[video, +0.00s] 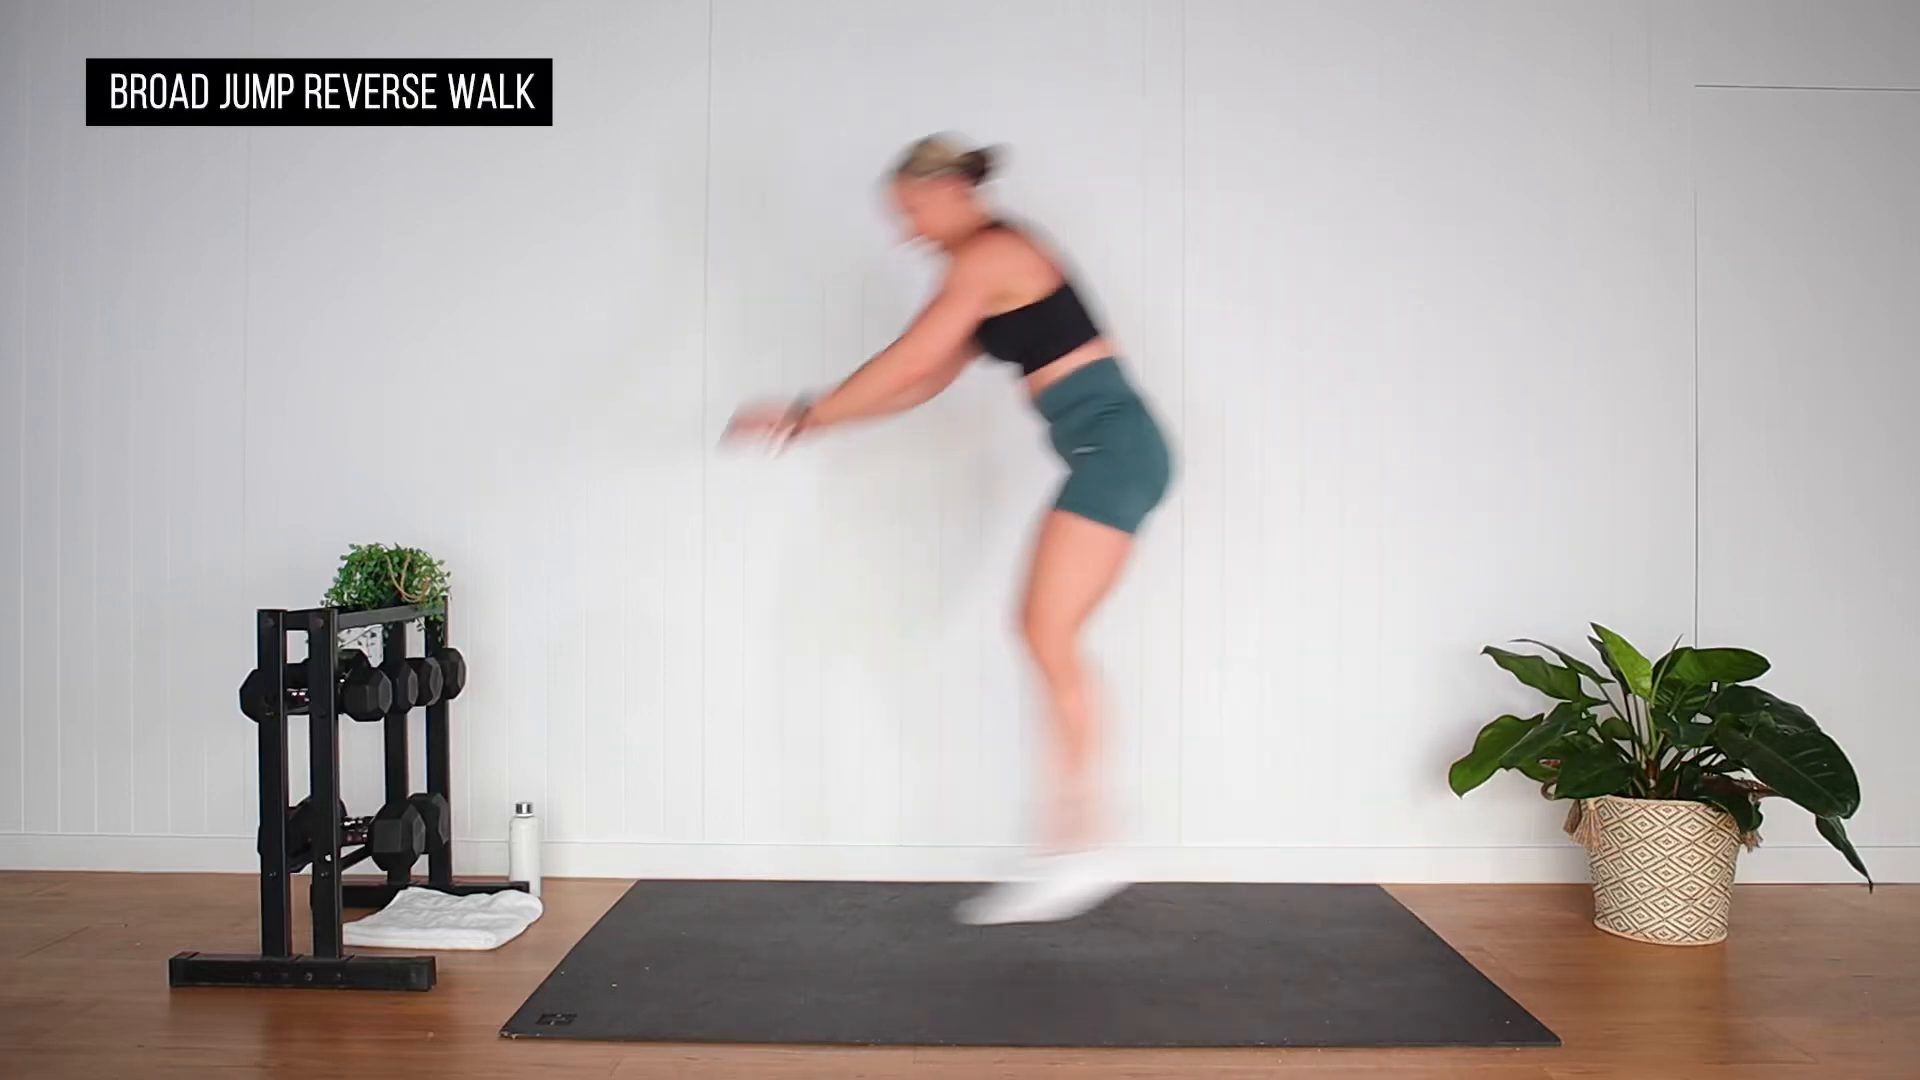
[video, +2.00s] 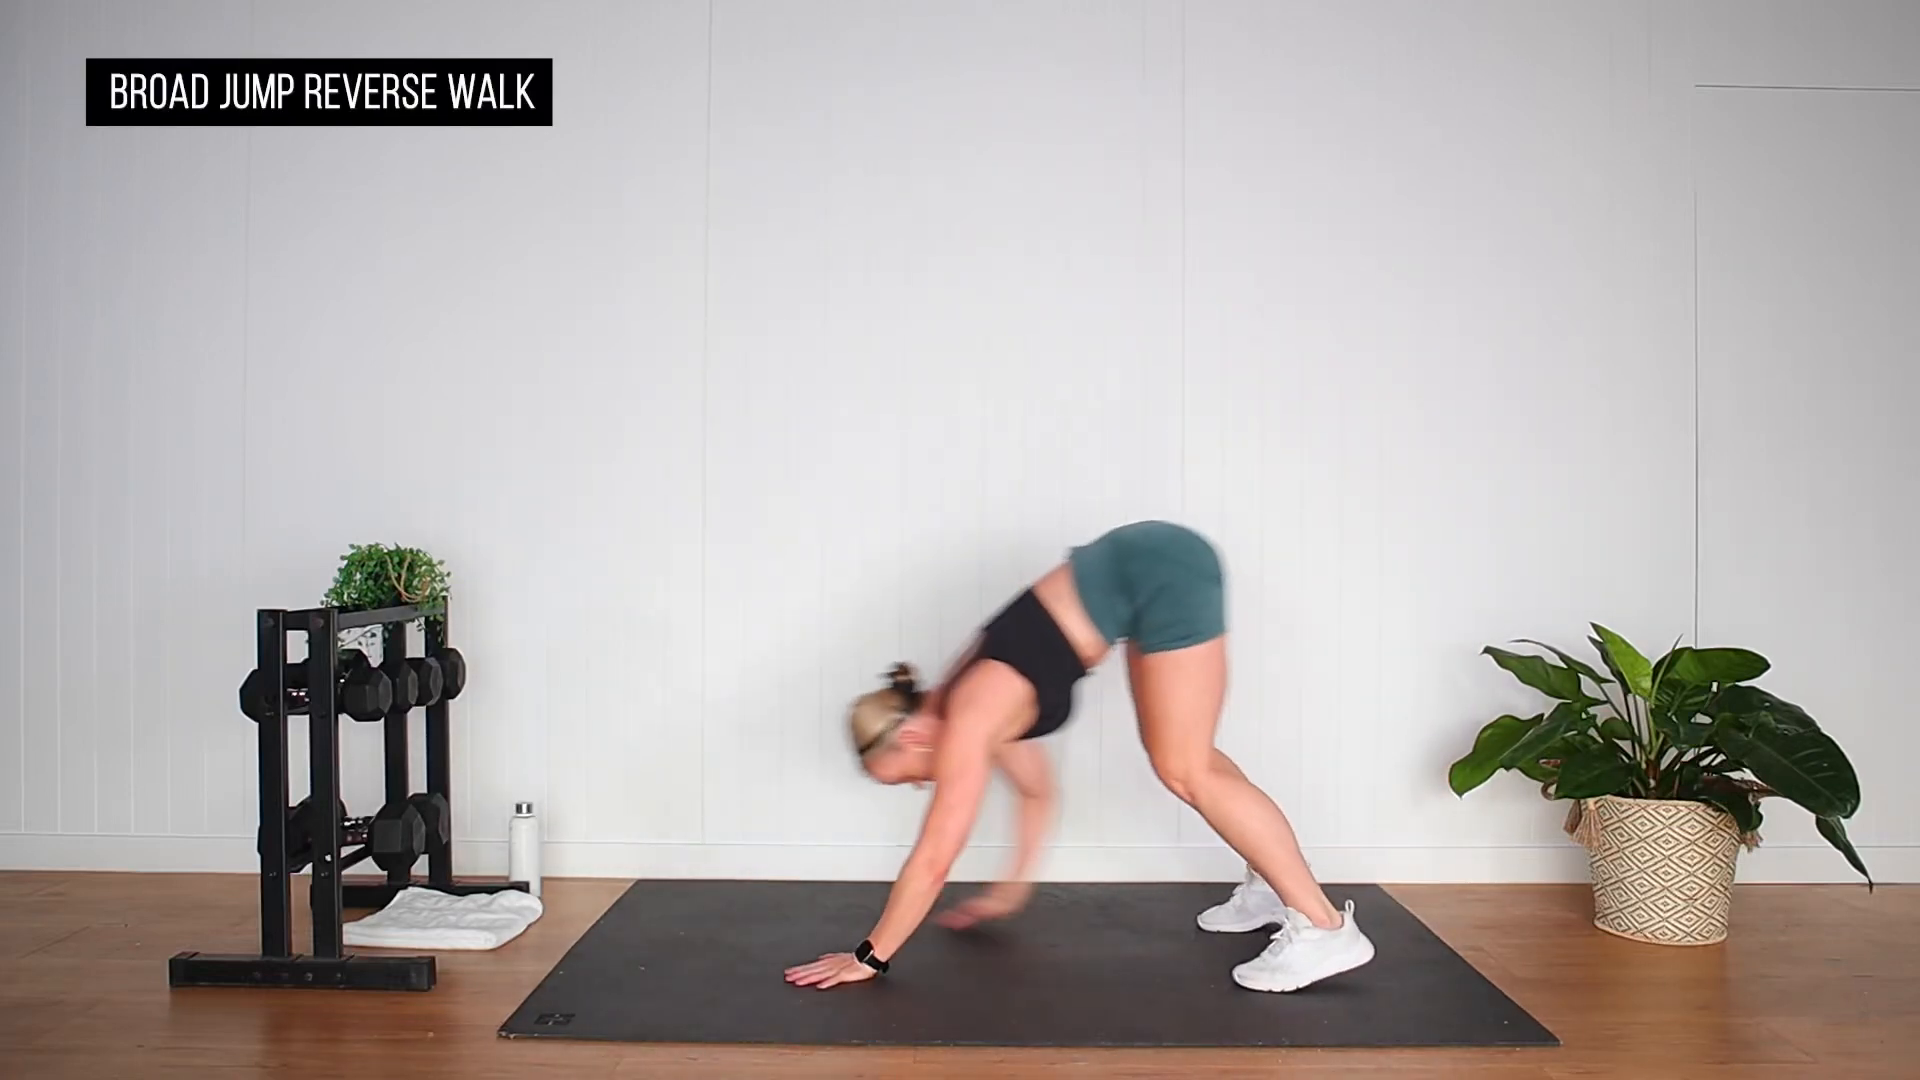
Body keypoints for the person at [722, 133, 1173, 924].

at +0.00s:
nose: (909, 227)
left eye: (914, 208)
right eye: (904, 211)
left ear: (952, 193)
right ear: (953, 198)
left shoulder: (990, 255)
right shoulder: (999, 255)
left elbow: (913, 361)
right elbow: (923, 383)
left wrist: (808, 415)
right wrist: (813, 417)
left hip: (1115, 448)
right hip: (1110, 447)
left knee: (1050, 628)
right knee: (1048, 627)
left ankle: (1085, 840)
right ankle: (1070, 840)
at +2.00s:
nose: (919, 784)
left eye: (906, 774)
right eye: (907, 781)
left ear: (914, 734)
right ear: (917, 729)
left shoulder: (972, 717)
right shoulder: (989, 711)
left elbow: (937, 854)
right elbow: (1038, 795)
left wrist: (871, 956)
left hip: (1165, 568)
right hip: (1151, 570)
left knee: (1187, 768)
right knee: (1188, 759)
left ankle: (1323, 924)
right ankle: (1278, 879)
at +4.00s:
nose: (929, 188)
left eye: (938, 173)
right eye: (930, 174)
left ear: (980, 173)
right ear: (985, 175)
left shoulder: (1005, 242)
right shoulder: (1006, 246)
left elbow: (902, 315)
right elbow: (911, 342)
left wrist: (818, 296)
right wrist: (816, 305)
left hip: (1085, 450)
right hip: (1077, 450)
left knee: (1051, 653)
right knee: (1051, 652)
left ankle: (1173, 824)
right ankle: (1166, 819)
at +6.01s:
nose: (848, 783)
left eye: (835, 775)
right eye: (835, 780)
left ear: (851, 733)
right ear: (850, 724)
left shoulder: (916, 715)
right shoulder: (894, 707)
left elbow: (924, 847)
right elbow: (854, 814)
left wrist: (886, 956)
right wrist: (770, 892)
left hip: (1106, 589)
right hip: (1099, 593)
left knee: (1216, 763)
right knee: (1209, 757)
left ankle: (1362, 916)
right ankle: (1321, 878)